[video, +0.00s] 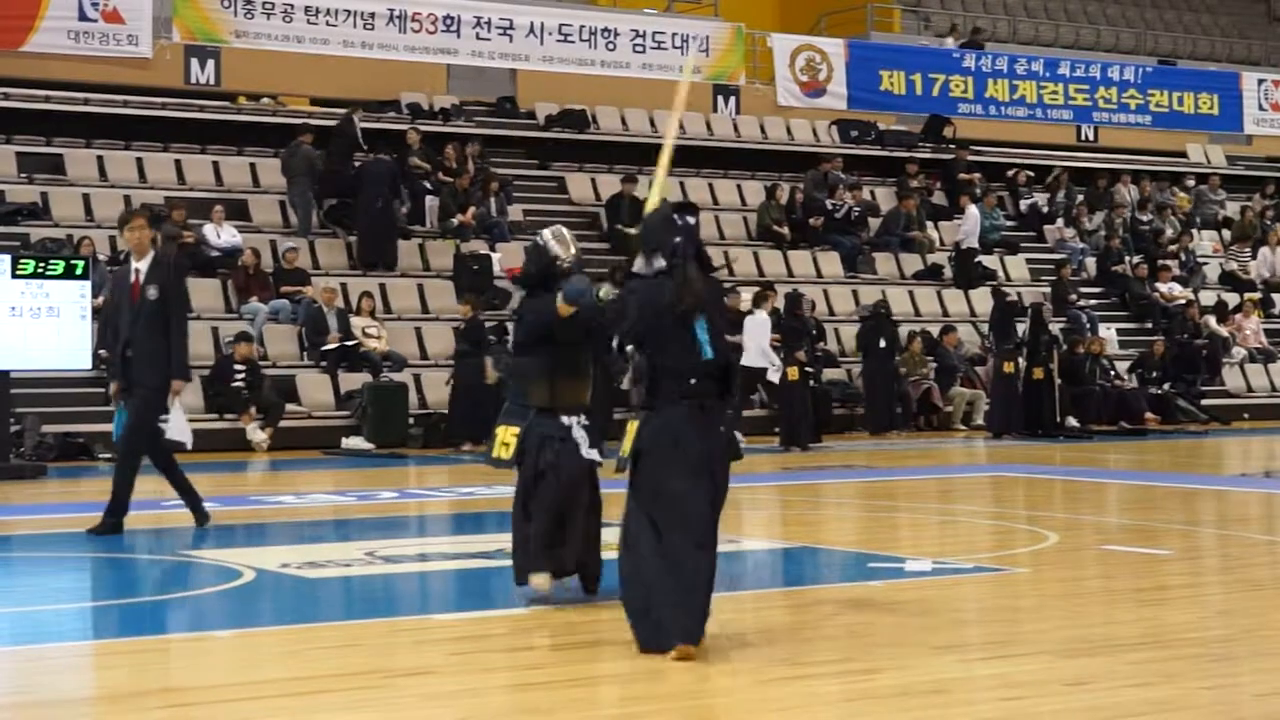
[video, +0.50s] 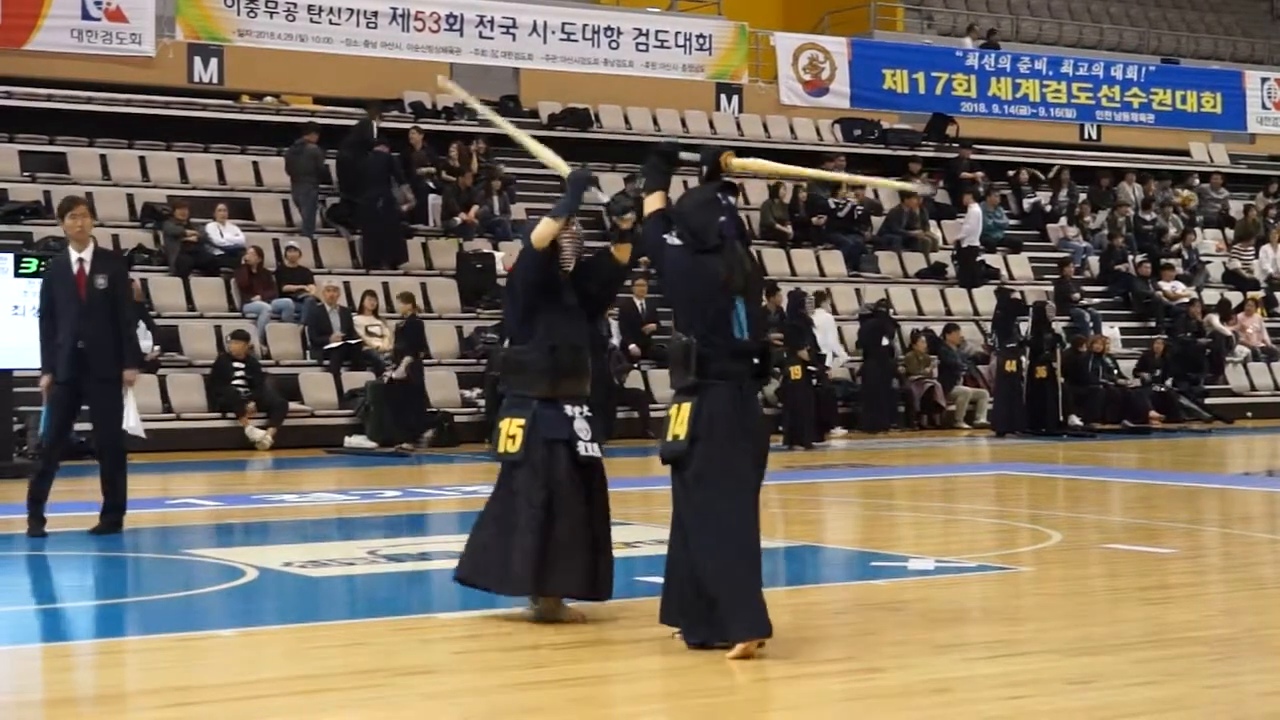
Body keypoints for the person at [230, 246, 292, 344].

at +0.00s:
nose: (244, 258)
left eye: (248, 256)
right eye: (244, 255)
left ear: (256, 260)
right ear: (242, 258)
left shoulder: (263, 274)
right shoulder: (239, 272)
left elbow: (271, 294)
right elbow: (240, 286)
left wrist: (259, 298)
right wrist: (242, 267)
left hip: (265, 303)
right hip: (245, 304)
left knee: (285, 304)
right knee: (263, 310)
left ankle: (283, 337)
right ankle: (255, 342)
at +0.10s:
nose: (245, 258)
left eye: (248, 255)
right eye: (244, 255)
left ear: (256, 259)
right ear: (243, 258)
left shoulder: (263, 274)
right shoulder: (240, 272)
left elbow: (272, 294)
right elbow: (241, 286)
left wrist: (259, 297)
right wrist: (242, 267)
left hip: (266, 303)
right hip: (246, 304)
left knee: (285, 304)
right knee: (264, 310)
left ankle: (283, 338)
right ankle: (255, 342)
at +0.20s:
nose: (245, 257)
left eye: (249, 255)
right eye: (245, 255)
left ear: (257, 259)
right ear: (243, 258)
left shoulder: (264, 273)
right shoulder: (240, 272)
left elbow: (272, 293)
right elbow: (242, 286)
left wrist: (260, 297)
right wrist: (243, 266)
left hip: (266, 302)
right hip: (247, 303)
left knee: (286, 304)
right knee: (264, 309)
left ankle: (284, 338)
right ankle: (255, 342)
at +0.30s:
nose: (246, 257)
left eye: (249, 254)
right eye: (246, 254)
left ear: (258, 259)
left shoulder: (265, 273)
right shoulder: (241, 271)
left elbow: (272, 292)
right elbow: (242, 285)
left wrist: (260, 297)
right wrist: (243, 266)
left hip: (267, 302)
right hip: (248, 303)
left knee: (287, 304)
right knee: (265, 309)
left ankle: (284, 337)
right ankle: (256, 341)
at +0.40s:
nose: (247, 257)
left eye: (251, 254)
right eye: (247, 254)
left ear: (259, 259)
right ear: (245, 257)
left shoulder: (265, 273)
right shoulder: (242, 271)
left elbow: (273, 292)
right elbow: (243, 284)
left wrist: (261, 296)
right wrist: (244, 266)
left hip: (267, 301)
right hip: (248, 302)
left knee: (288, 303)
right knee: (266, 309)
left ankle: (285, 336)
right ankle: (258, 342)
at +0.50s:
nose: (248, 256)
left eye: (251, 254)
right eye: (247, 254)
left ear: (259, 259)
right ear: (245, 257)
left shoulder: (265, 272)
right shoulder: (242, 271)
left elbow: (274, 292)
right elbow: (244, 285)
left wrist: (261, 296)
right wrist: (244, 266)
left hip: (268, 301)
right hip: (248, 303)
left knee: (288, 303)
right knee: (266, 308)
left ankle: (286, 336)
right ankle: (261, 342)